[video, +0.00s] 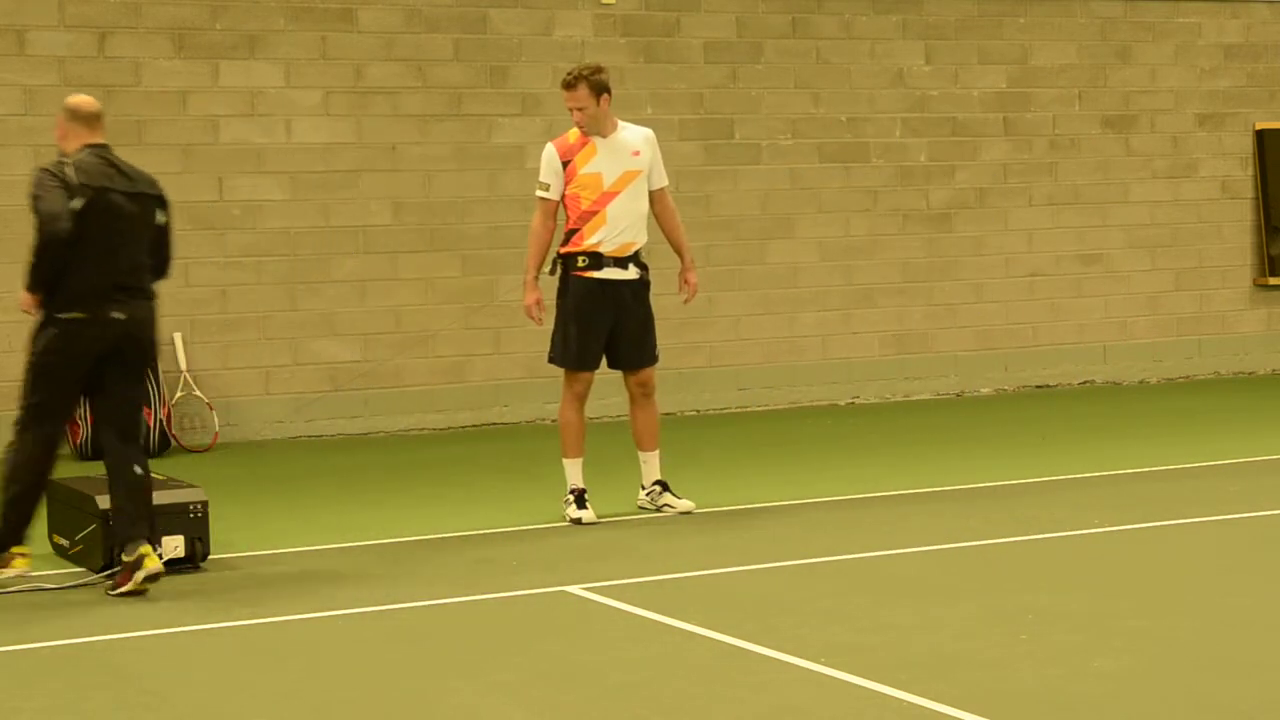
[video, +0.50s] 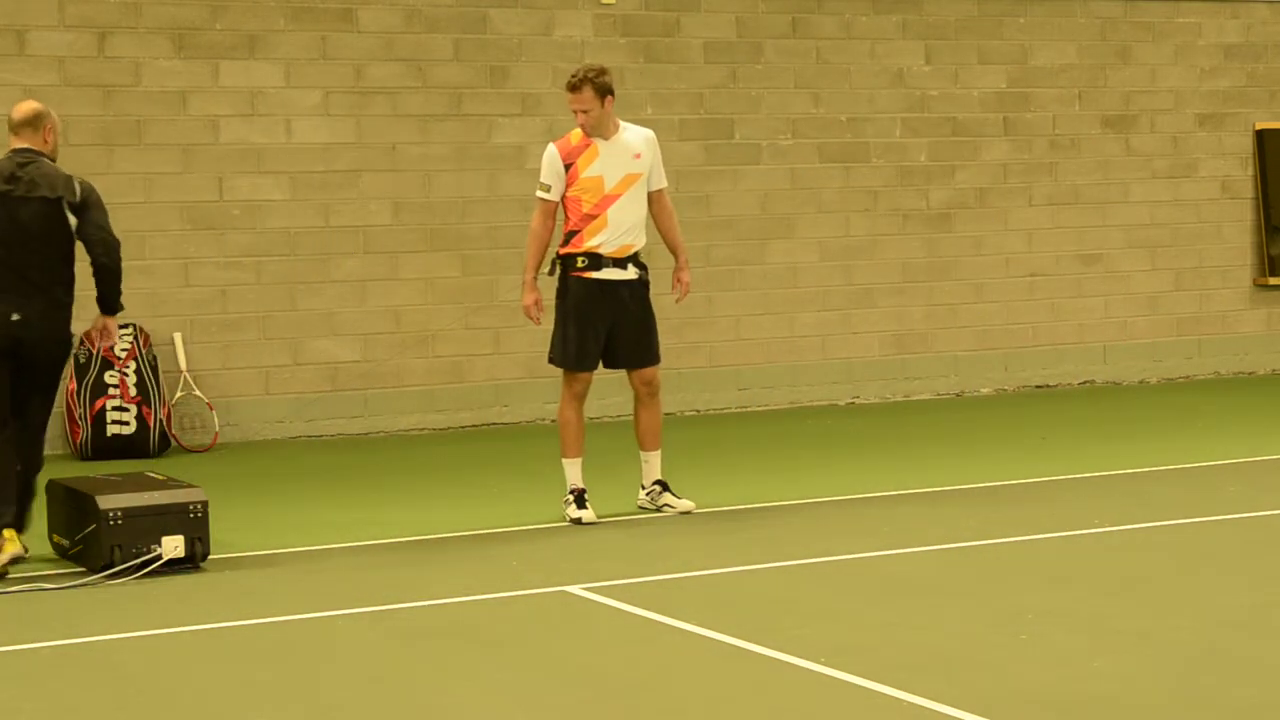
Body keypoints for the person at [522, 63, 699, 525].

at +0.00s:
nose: (574, 117)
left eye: (580, 109)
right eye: (570, 110)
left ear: (605, 101)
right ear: (570, 107)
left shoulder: (642, 142)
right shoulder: (560, 152)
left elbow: (662, 204)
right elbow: (544, 219)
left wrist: (686, 261)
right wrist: (530, 280)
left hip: (630, 281)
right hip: (580, 282)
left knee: (643, 384)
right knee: (576, 387)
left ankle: (653, 486)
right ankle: (575, 493)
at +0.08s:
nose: (574, 117)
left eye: (580, 108)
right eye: (570, 110)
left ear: (605, 101)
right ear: (570, 107)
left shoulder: (642, 142)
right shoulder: (560, 152)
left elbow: (662, 204)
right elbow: (544, 218)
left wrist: (687, 261)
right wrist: (530, 280)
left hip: (629, 281)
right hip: (580, 282)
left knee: (643, 384)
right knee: (576, 387)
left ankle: (653, 486)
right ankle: (575, 493)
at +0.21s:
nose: (574, 117)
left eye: (579, 109)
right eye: (570, 110)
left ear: (605, 101)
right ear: (570, 107)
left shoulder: (642, 142)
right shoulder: (559, 152)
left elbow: (662, 205)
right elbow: (543, 219)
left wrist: (686, 262)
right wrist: (530, 280)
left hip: (629, 281)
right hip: (579, 282)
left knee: (643, 384)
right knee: (575, 387)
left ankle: (653, 486)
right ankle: (575, 493)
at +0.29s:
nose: (574, 117)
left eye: (579, 109)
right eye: (570, 110)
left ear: (605, 102)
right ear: (571, 107)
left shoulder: (642, 142)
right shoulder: (560, 152)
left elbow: (661, 205)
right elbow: (543, 219)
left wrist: (684, 262)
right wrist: (529, 280)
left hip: (629, 281)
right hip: (579, 282)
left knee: (643, 384)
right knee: (575, 387)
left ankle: (653, 486)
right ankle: (575, 493)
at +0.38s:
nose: (575, 118)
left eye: (580, 109)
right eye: (570, 110)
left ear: (606, 102)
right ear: (570, 108)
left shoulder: (642, 142)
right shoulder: (560, 152)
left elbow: (660, 204)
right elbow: (543, 219)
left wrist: (683, 262)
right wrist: (529, 281)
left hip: (629, 281)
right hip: (579, 283)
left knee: (644, 384)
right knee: (575, 387)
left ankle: (653, 486)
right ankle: (576, 493)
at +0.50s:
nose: (577, 118)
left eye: (584, 110)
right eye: (573, 110)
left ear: (609, 103)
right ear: (572, 107)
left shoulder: (643, 142)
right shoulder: (561, 153)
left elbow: (660, 204)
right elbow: (543, 219)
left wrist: (681, 260)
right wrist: (529, 281)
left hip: (630, 282)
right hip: (580, 283)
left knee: (648, 382)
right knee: (576, 386)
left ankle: (653, 486)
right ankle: (576, 493)